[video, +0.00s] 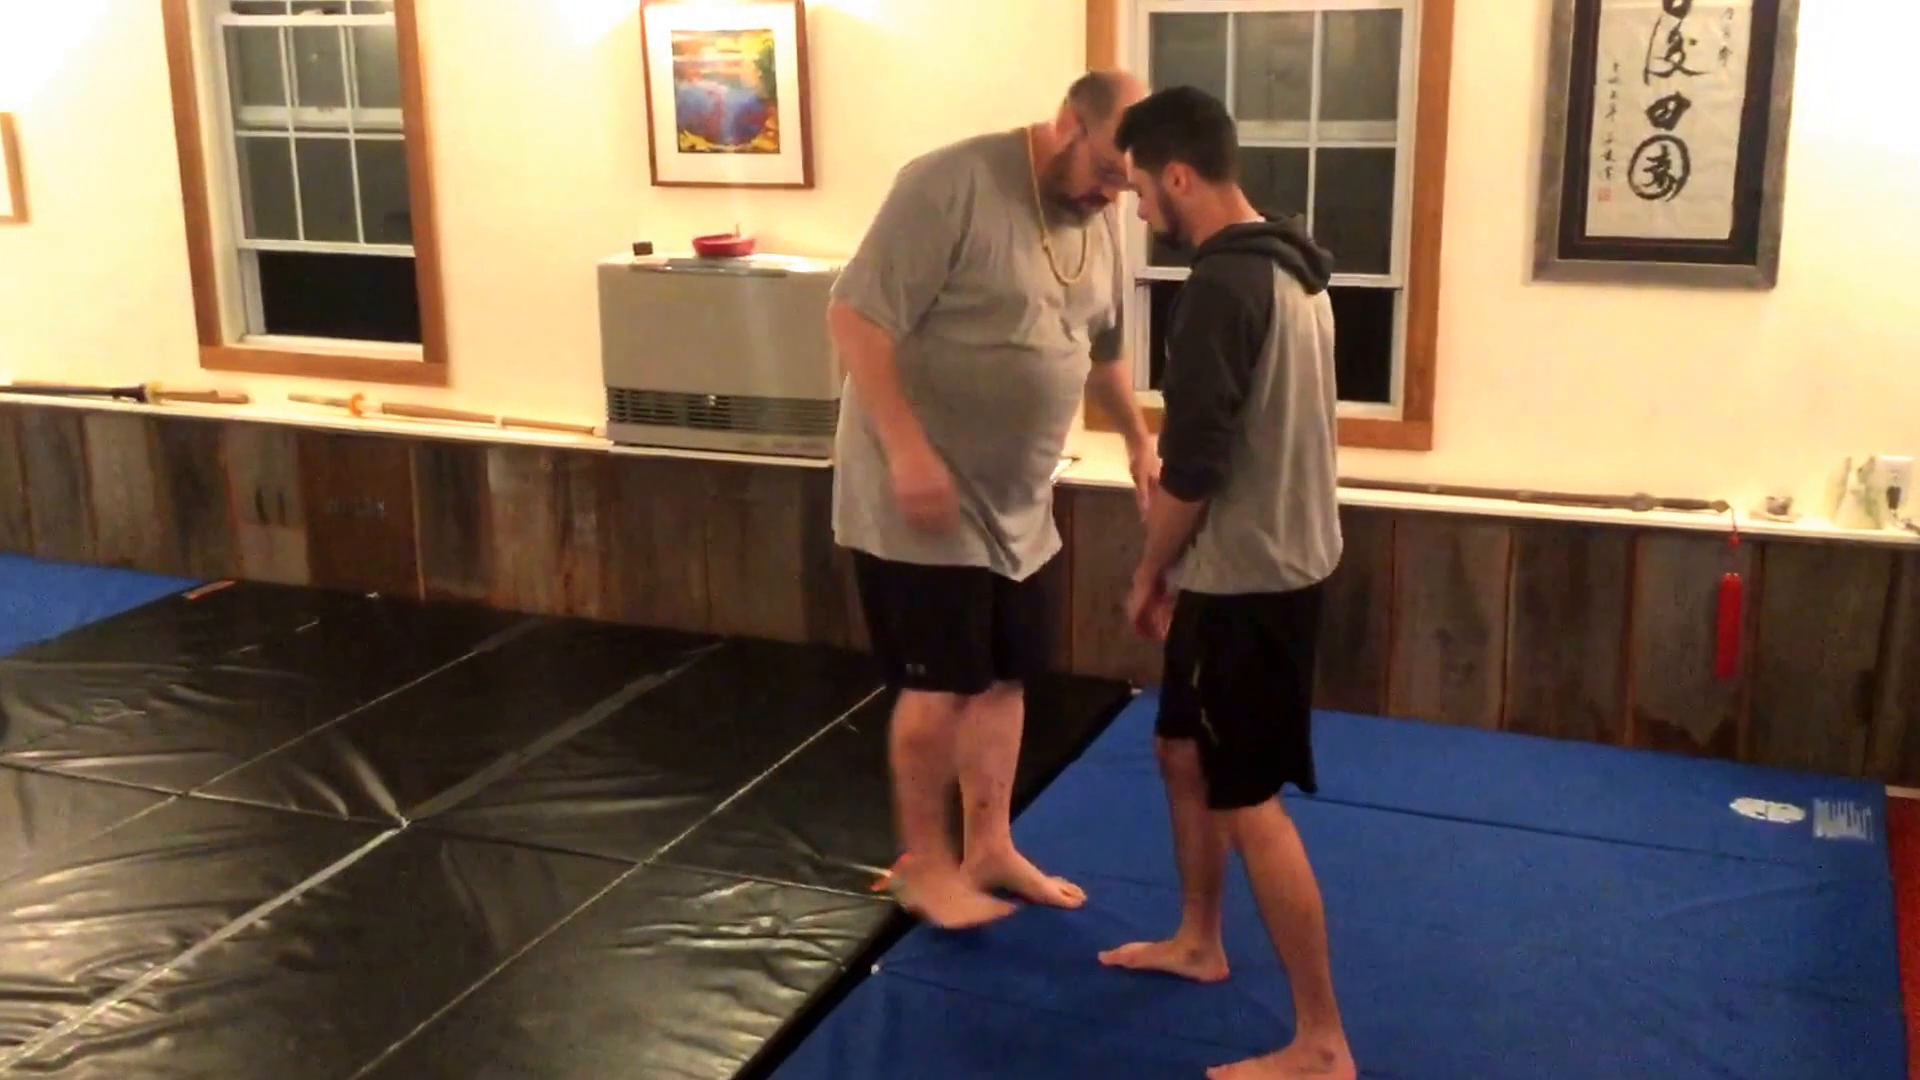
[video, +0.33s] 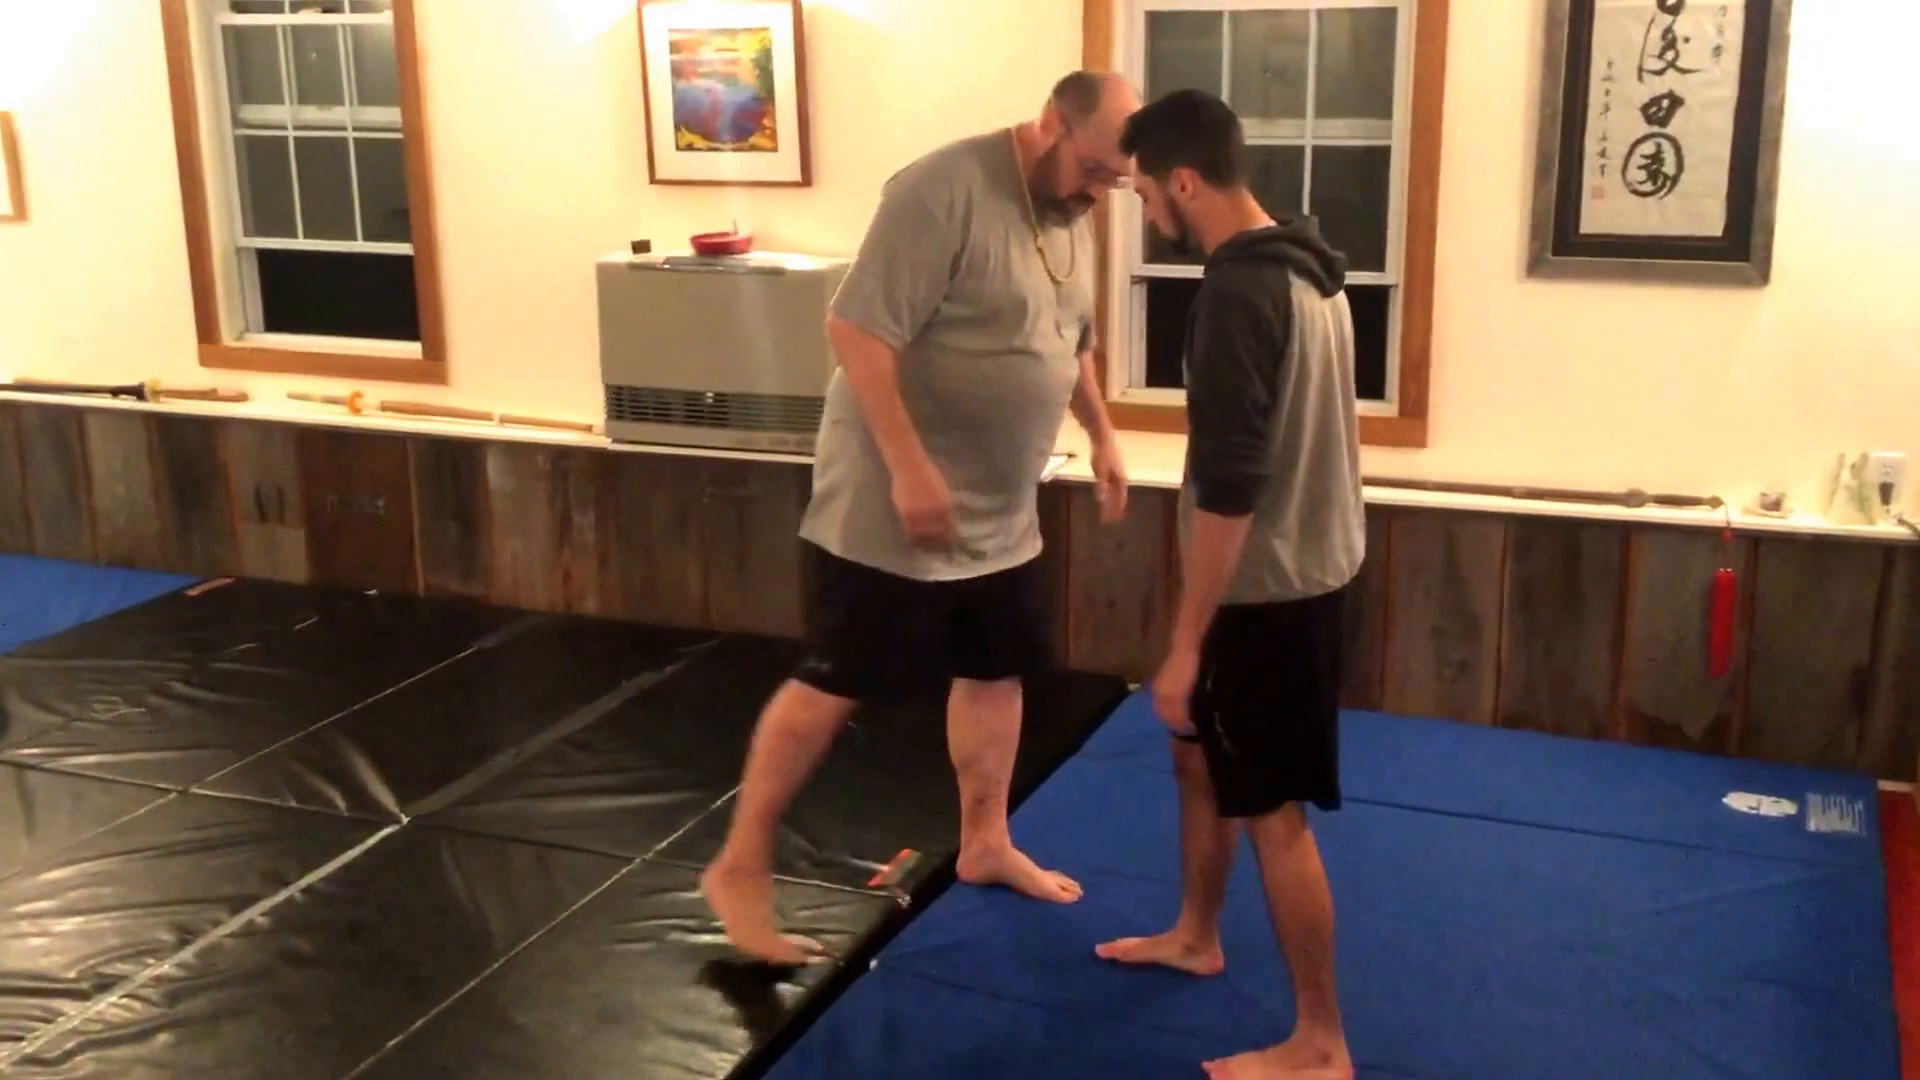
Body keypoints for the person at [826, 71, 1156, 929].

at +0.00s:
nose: (1114, 194)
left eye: (1126, 179)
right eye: (1107, 172)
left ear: (1125, 159)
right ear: (1065, 127)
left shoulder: (1102, 220)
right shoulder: (948, 183)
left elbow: (1102, 352)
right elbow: (856, 315)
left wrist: (1139, 438)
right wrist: (906, 448)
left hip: (1017, 495)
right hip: (916, 488)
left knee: (1004, 676)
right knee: (935, 680)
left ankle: (989, 850)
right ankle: (921, 866)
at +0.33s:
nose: (1104, 194)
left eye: (1116, 179)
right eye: (1098, 172)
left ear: (1117, 162)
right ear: (1049, 128)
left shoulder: (1068, 210)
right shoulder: (941, 188)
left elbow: (1064, 341)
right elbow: (858, 327)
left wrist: (1103, 437)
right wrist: (907, 463)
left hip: (998, 509)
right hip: (884, 503)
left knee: (997, 670)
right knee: (834, 676)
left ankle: (986, 847)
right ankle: (739, 867)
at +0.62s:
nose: (1001, 192)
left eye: (1012, 176)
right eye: (992, 170)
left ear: (1014, 158)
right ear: (938, 133)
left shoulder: (973, 218)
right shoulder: (842, 218)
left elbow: (993, 353)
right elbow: (781, 378)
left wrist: (1036, 447)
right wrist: (836, 514)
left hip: (944, 530)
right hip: (827, 537)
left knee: (981, 680)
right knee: (779, 718)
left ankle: (983, 841)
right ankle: (705, 907)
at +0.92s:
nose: (890, 169)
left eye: (904, 149)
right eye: (873, 147)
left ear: (914, 136)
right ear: (819, 124)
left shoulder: (908, 210)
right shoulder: (744, 221)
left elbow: (912, 361)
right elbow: (680, 383)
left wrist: (927, 476)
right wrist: (690, 533)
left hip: (896, 521)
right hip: (784, 539)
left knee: (932, 692)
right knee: (747, 735)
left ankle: (979, 840)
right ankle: (699, 914)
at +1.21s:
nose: (855, 157)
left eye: (869, 137)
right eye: (835, 138)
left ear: (883, 123)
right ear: (782, 120)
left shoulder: (895, 209)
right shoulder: (711, 228)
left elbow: (932, 349)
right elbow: (653, 389)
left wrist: (978, 460)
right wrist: (631, 536)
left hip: (896, 526)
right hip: (774, 543)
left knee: (935, 689)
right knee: (749, 745)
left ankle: (979, 837)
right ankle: (697, 913)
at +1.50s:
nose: (840, 119)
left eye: (856, 100)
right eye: (819, 101)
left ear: (878, 102)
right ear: (780, 103)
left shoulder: (902, 205)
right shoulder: (719, 218)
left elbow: (944, 346)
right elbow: (670, 375)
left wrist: (992, 458)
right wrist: (725, 489)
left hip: (903, 519)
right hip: (784, 537)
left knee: (935, 686)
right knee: (750, 733)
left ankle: (978, 836)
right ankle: (696, 907)